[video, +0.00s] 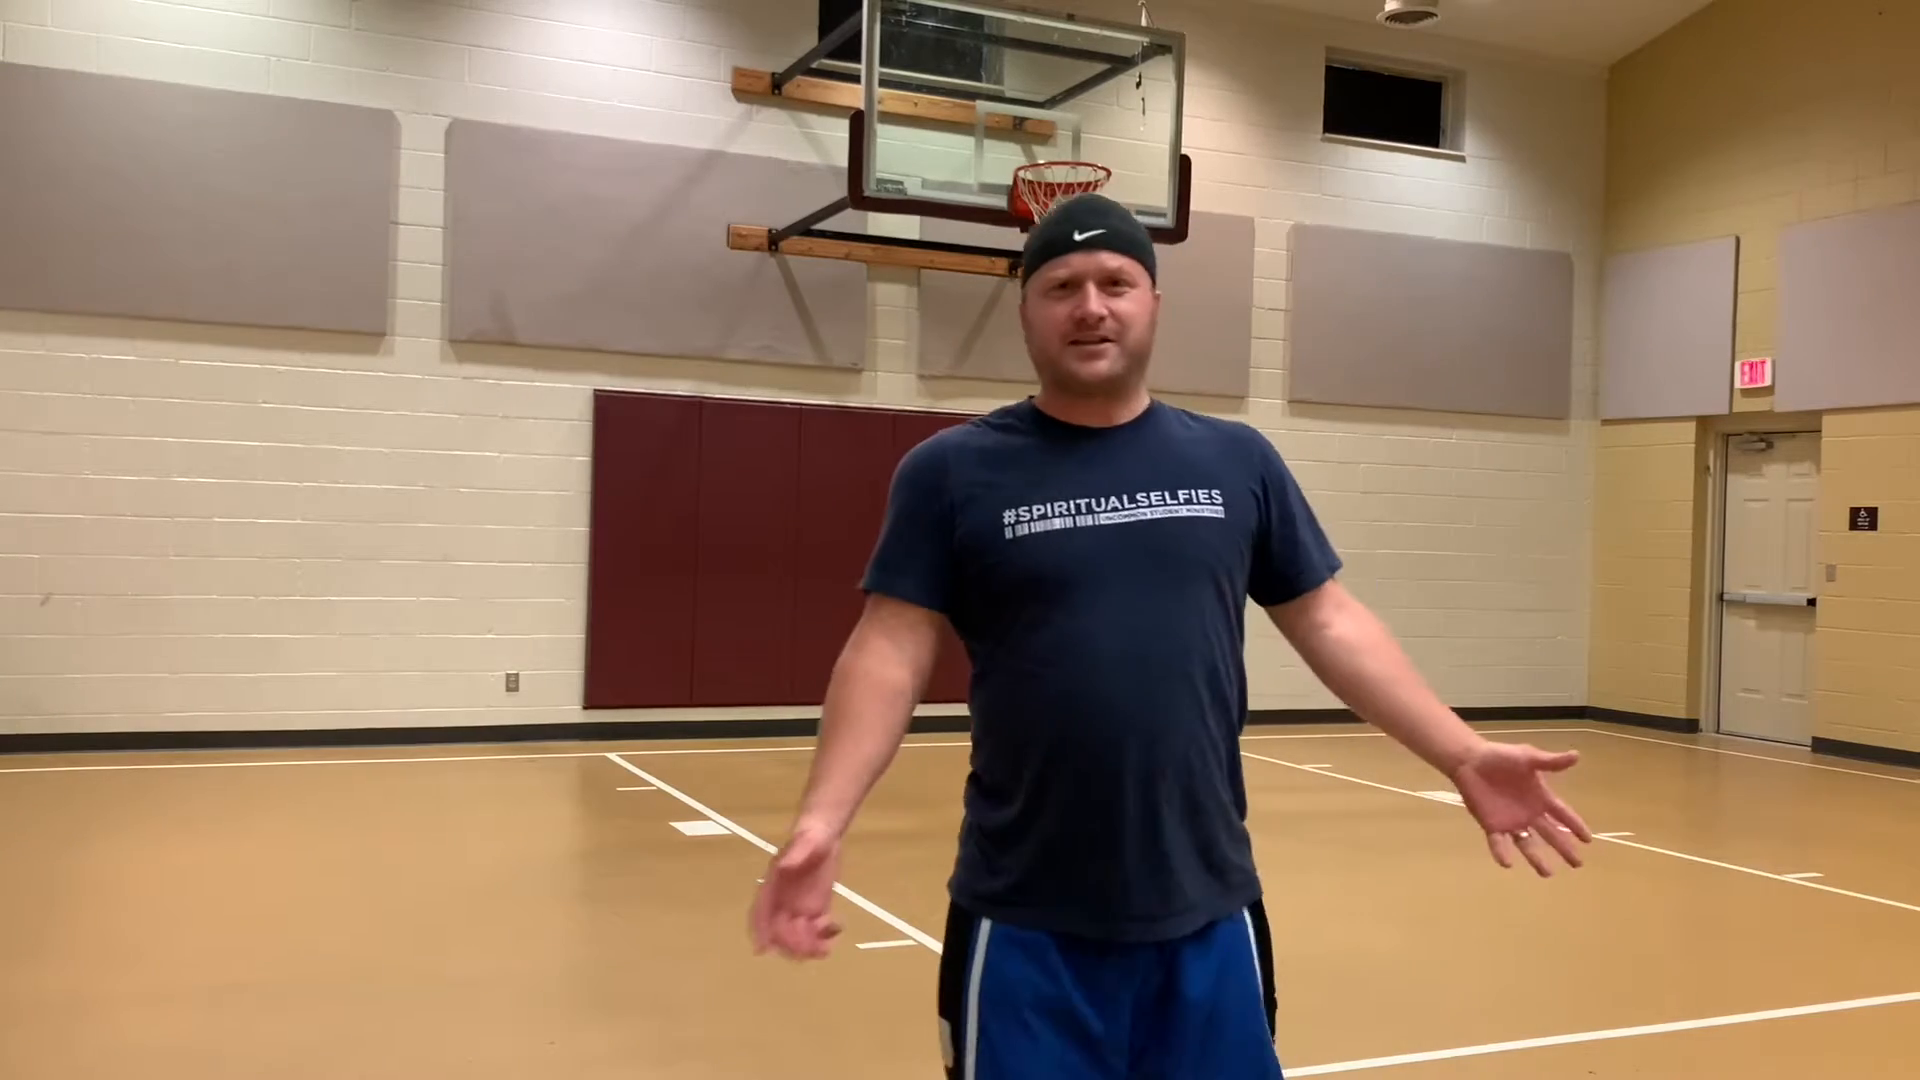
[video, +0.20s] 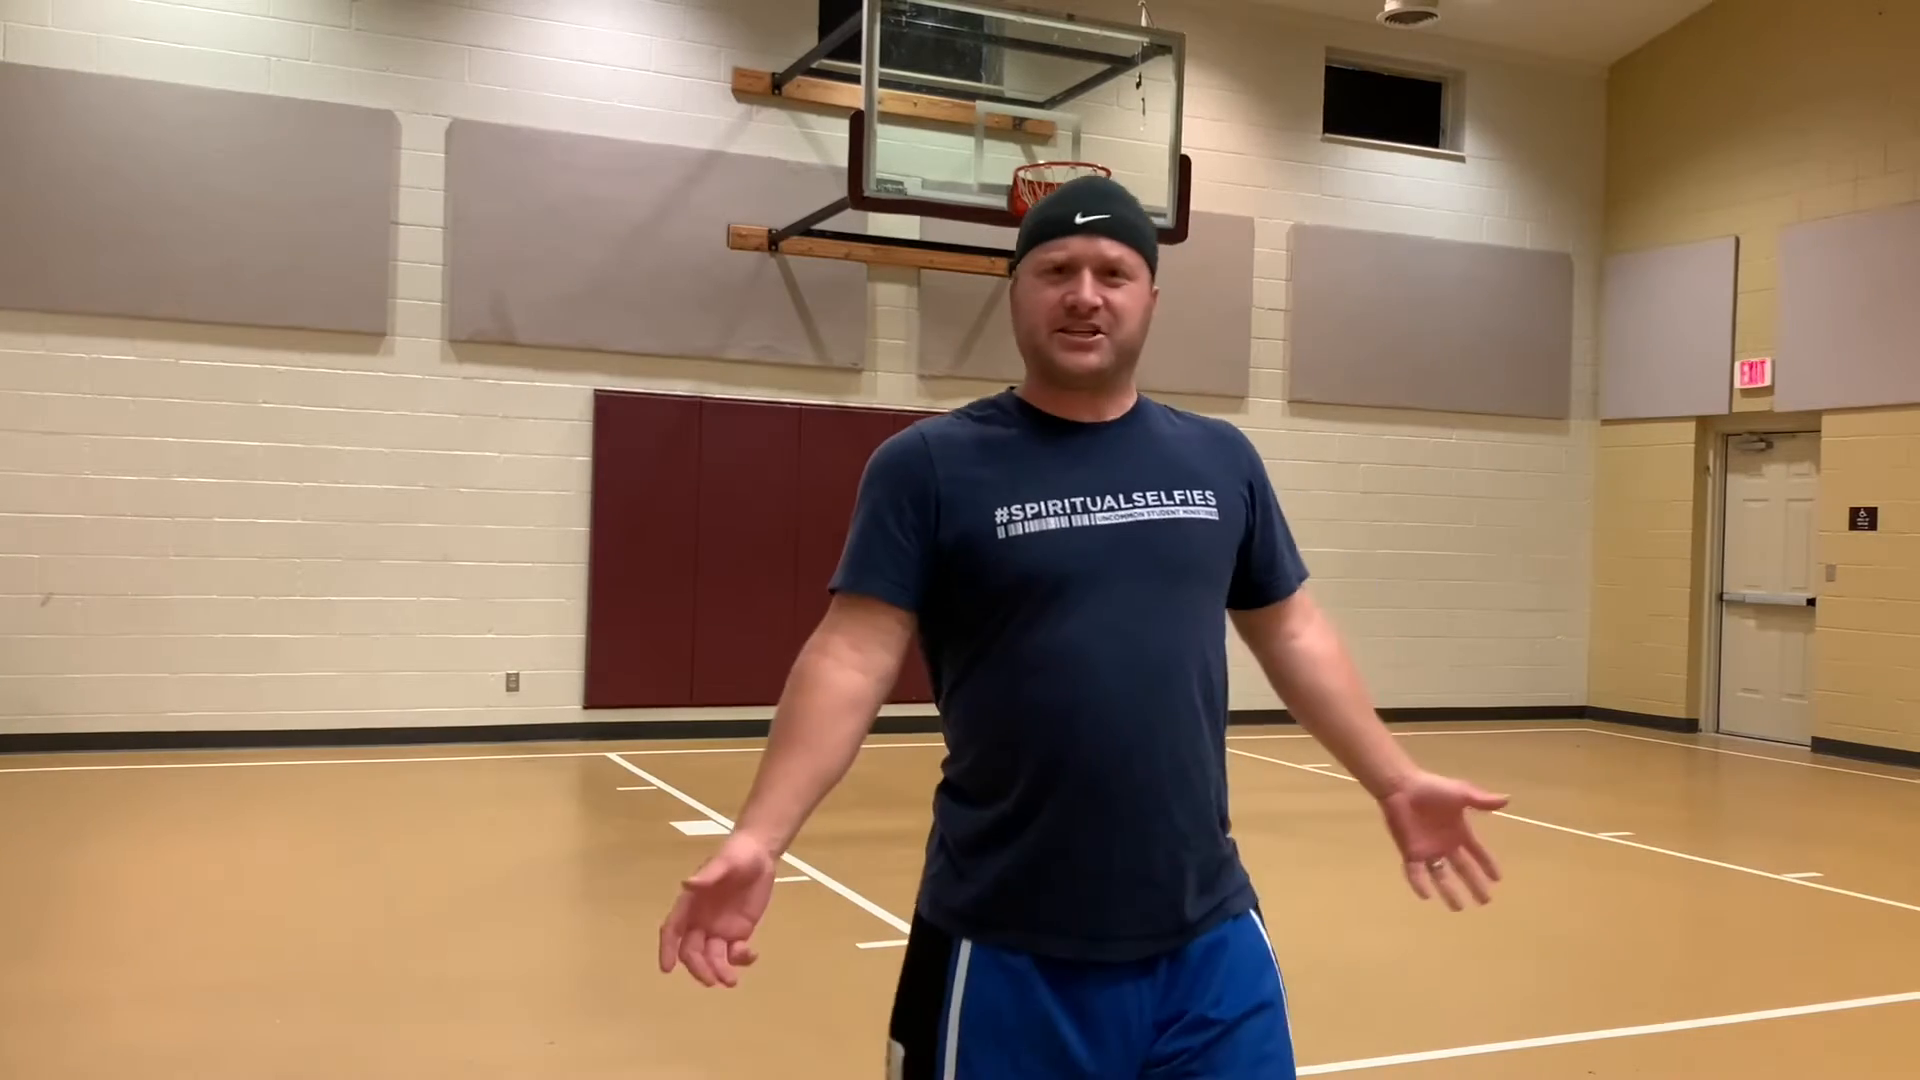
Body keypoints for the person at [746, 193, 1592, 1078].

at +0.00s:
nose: (1093, 305)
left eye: (1117, 283)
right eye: (1063, 286)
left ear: (1155, 305)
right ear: (1024, 315)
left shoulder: (1237, 461)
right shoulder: (953, 472)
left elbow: (1332, 621)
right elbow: (889, 649)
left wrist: (1463, 753)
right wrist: (823, 819)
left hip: (1207, 916)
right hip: (1026, 920)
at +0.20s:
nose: (1085, 295)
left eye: (1113, 273)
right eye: (1057, 271)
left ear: (1152, 300)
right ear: (1014, 296)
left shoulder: (1221, 463)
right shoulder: (928, 468)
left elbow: (1294, 631)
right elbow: (850, 655)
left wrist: (1393, 778)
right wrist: (757, 839)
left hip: (1205, 942)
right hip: (1008, 957)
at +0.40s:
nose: (1130, 287)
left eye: (1162, 269)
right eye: (1104, 260)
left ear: (1200, 307)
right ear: (1053, 283)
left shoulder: (1252, 475)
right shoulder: (946, 461)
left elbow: (1316, 660)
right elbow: (856, 653)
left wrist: (1416, 819)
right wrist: (759, 840)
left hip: (1189, 971)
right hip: (991, 971)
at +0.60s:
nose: (1187, 283)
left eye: (1223, 266)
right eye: (1164, 253)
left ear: (1263, 305)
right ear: (1113, 271)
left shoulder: (1299, 492)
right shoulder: (974, 438)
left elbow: (1370, 695)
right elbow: (867, 629)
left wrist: (1497, 857)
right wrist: (750, 818)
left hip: (1189, 986)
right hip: (983, 975)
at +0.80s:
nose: (1185, 250)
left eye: (1219, 233)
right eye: (1157, 225)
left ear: (1258, 281)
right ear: (1098, 255)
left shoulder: (1286, 480)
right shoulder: (960, 427)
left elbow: (1343, 682)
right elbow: (845, 632)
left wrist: (1487, 837)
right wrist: (720, 838)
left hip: (1177, 988)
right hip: (974, 983)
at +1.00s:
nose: (1125, 260)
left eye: (1159, 239)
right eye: (1093, 230)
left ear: (1197, 288)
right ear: (1031, 259)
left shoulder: (1221, 482)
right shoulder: (899, 453)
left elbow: (1257, 682)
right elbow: (794, 689)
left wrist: (1378, 843)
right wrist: (734, 952)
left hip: (1129, 1008)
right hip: (919, 1014)